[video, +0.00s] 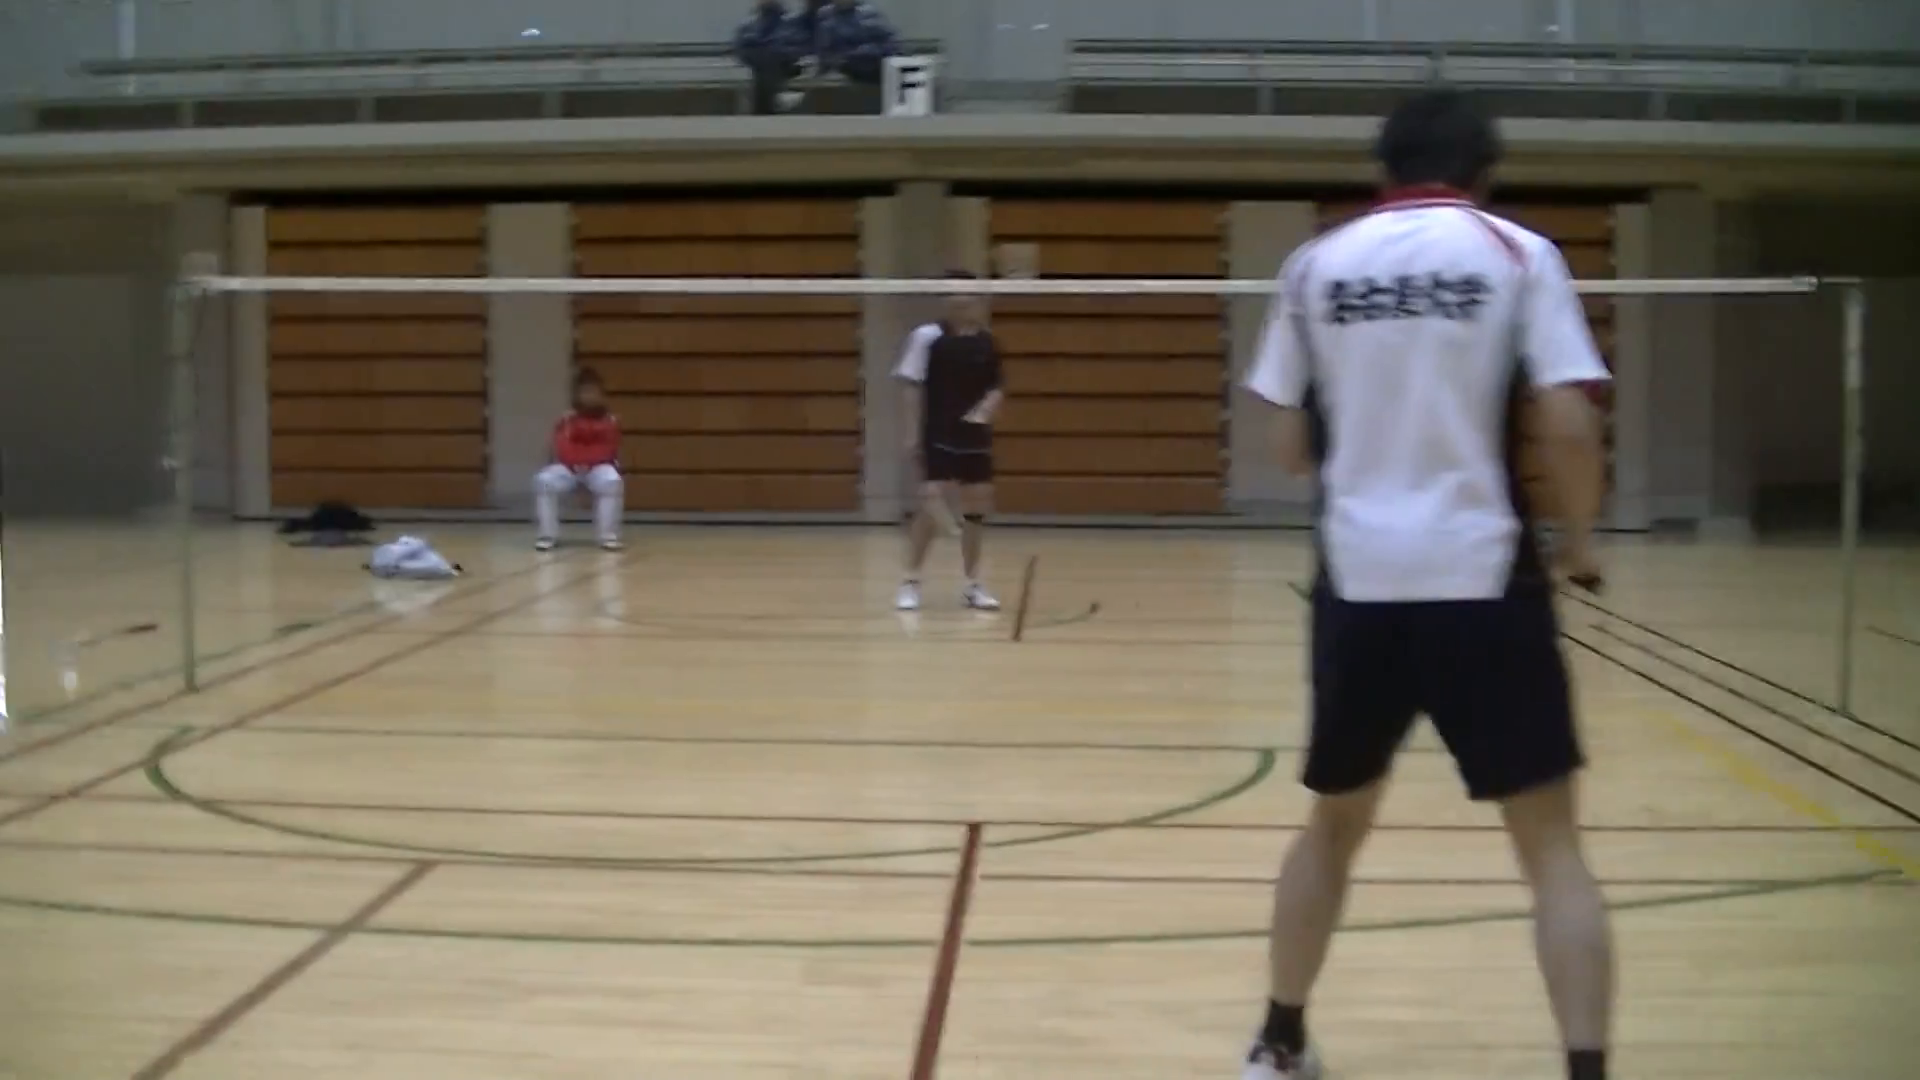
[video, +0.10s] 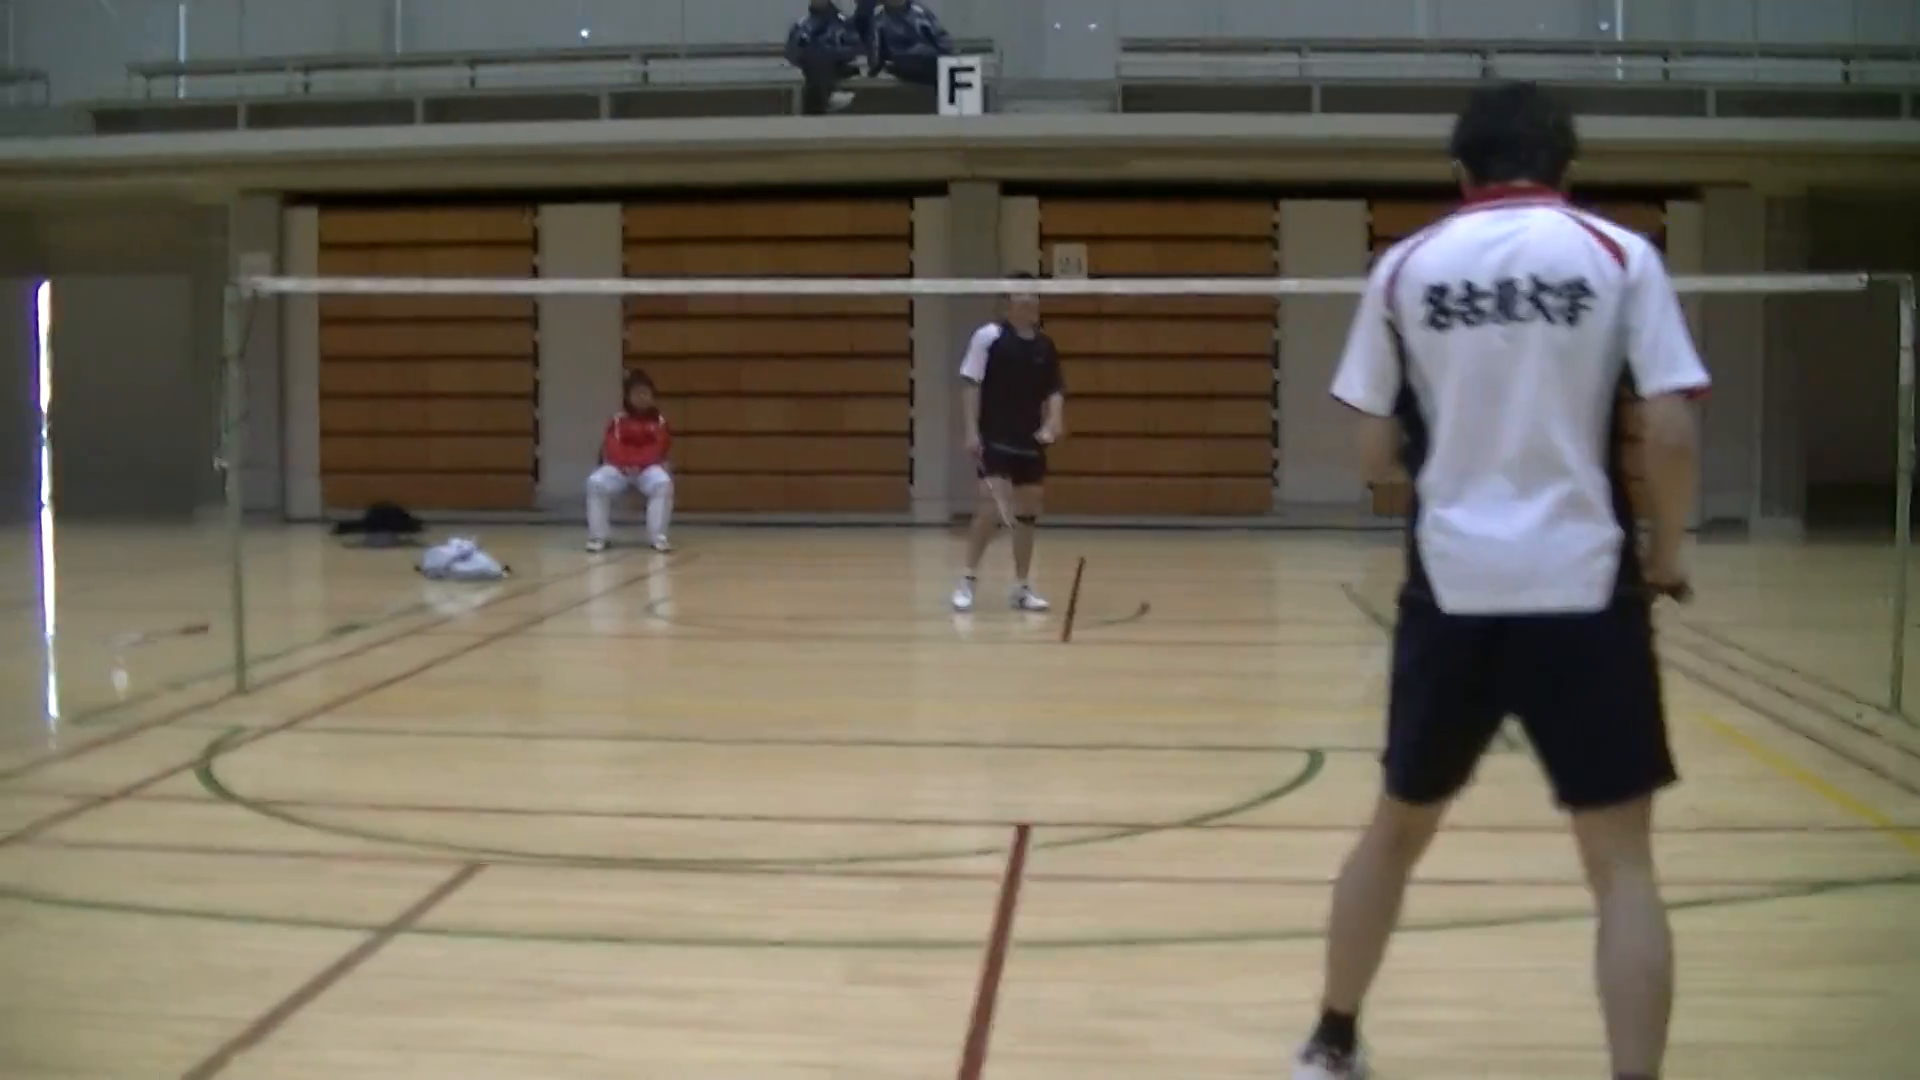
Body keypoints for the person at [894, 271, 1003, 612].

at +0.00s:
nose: (965, 307)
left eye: (971, 300)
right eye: (958, 300)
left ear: (980, 303)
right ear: (945, 303)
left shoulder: (984, 341)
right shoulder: (927, 337)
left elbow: (996, 386)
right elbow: (910, 388)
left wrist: (985, 409)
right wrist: (911, 436)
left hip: (974, 436)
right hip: (937, 435)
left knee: (976, 511)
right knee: (931, 507)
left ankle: (973, 583)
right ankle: (911, 581)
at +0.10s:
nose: (1029, 307)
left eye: (1032, 301)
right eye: (1022, 301)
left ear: (1039, 304)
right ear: (1008, 304)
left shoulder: (1044, 345)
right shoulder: (988, 337)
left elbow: (1054, 390)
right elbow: (970, 385)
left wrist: (1051, 425)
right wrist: (971, 433)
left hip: (1030, 439)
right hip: (994, 437)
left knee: (1028, 515)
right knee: (993, 510)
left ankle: (1022, 586)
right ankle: (968, 579)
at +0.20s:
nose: (1058, 306)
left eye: (1063, 301)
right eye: (1052, 300)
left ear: (1069, 308)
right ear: (1039, 304)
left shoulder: (1071, 352)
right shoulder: (1017, 340)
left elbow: (1083, 401)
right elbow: (999, 388)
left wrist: (1091, 443)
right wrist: (999, 434)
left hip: (1056, 445)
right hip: (1021, 442)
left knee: (1051, 520)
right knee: (1019, 514)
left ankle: (1045, 592)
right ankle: (1003, 588)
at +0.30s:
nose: (1068, 331)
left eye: (1073, 326)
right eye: (1062, 325)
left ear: (1079, 334)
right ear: (1048, 330)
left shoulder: (1080, 377)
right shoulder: (1026, 365)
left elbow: (1093, 430)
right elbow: (1006, 412)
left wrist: (1105, 478)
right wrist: (1007, 457)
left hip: (1063, 470)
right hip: (1028, 467)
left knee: (1058, 546)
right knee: (1031, 542)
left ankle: (1049, 616)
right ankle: (1020, 619)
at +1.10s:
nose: (1058, 352)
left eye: (1063, 347)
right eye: (1052, 346)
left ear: (1070, 352)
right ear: (1039, 349)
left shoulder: (1073, 396)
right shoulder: (1017, 385)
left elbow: (1083, 444)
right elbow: (1001, 435)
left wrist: (1093, 480)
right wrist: (1001, 482)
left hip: (1059, 488)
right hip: (1023, 486)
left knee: (1054, 563)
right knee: (1022, 561)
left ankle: (1044, 637)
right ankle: (1004, 641)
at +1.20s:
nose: (1051, 350)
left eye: (1056, 345)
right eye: (1045, 345)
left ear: (1062, 350)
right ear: (1031, 348)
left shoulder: (1068, 393)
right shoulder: (1010, 385)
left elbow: (1077, 441)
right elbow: (996, 435)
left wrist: (1085, 476)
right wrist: (997, 482)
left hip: (1056, 488)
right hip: (1018, 487)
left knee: (1054, 560)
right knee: (1018, 558)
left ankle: (1044, 637)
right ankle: (1004, 640)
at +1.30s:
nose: (1045, 349)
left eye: (1050, 344)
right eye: (1039, 343)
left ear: (1057, 349)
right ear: (1025, 348)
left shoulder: (1063, 392)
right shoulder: (1005, 385)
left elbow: (1071, 440)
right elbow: (989, 436)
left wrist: (1076, 474)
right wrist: (992, 484)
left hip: (1052, 488)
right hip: (1013, 488)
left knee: (1058, 562)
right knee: (1010, 562)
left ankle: (1045, 635)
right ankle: (1003, 641)